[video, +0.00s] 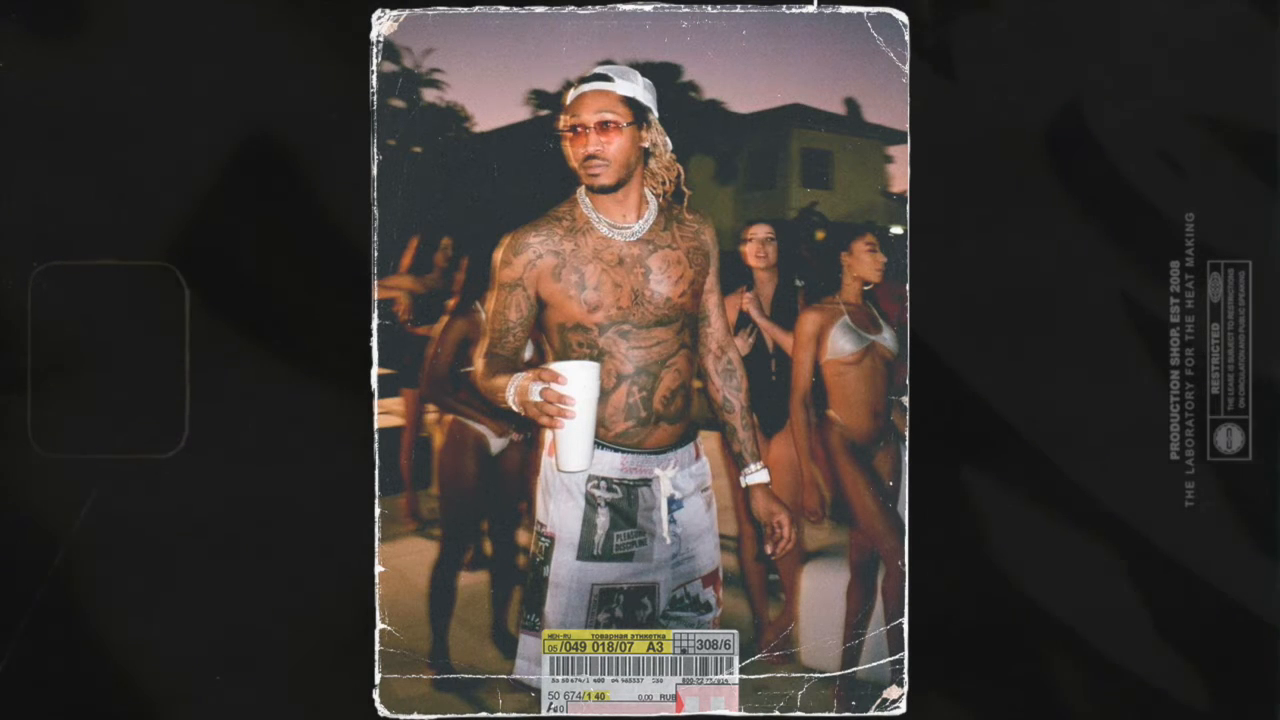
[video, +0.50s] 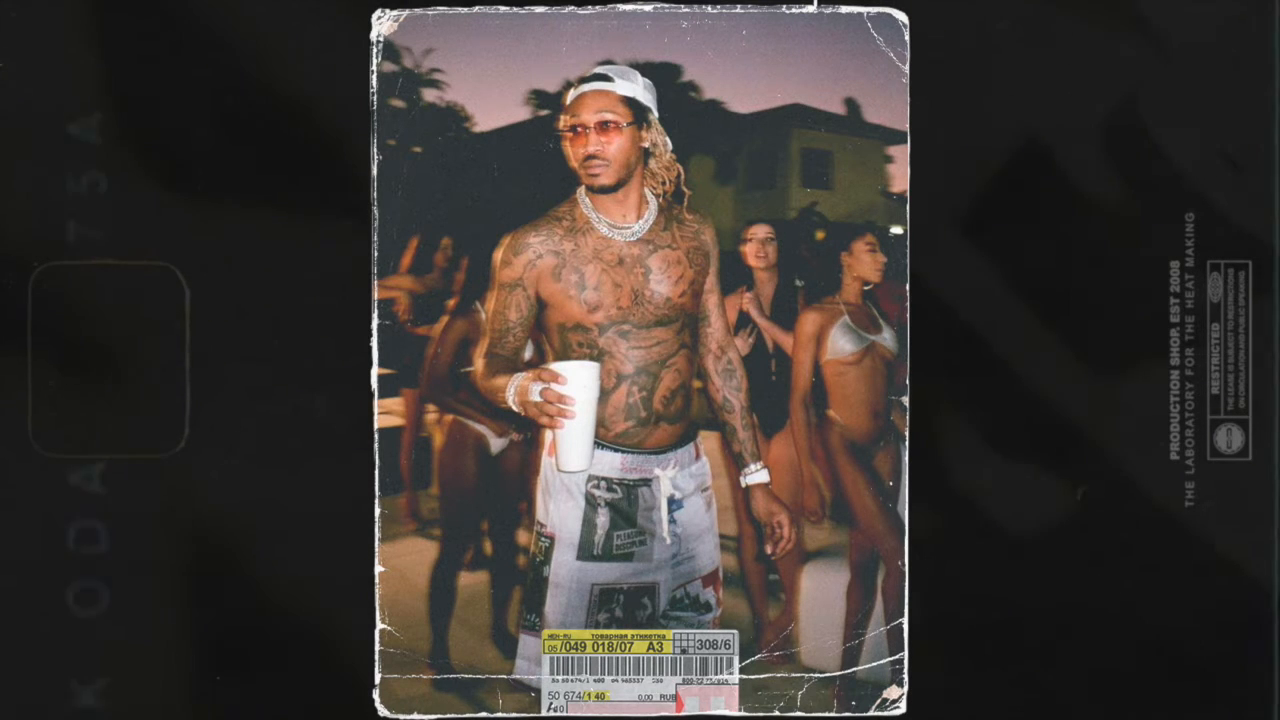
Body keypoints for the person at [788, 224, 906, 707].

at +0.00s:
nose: (882, 259)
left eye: (881, 251)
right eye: (871, 251)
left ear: (872, 262)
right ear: (844, 259)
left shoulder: (877, 315)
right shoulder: (818, 317)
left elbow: (886, 391)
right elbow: (799, 402)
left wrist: (900, 433)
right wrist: (812, 477)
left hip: (883, 447)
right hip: (839, 448)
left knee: (863, 562)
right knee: (897, 552)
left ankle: (846, 672)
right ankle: (902, 670)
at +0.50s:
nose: (882, 259)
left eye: (881, 251)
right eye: (871, 251)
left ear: (871, 262)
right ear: (844, 259)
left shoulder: (877, 316)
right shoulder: (818, 317)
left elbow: (886, 391)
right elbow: (798, 402)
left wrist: (901, 435)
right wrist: (812, 476)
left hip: (882, 447)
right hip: (839, 449)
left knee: (863, 563)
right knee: (898, 551)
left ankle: (846, 674)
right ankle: (902, 669)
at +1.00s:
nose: (882, 259)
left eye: (881, 251)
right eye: (871, 251)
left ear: (870, 262)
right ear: (844, 259)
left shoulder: (877, 315)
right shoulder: (818, 317)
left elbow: (887, 390)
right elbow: (799, 403)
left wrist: (898, 439)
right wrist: (813, 478)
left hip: (882, 448)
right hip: (838, 449)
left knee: (863, 563)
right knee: (897, 552)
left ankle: (846, 674)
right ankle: (902, 670)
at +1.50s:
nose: (882, 259)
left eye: (881, 251)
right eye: (871, 251)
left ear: (869, 261)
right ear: (844, 259)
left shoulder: (876, 314)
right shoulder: (818, 317)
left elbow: (885, 391)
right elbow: (798, 402)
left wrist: (899, 440)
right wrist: (812, 477)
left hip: (882, 447)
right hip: (838, 449)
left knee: (863, 563)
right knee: (898, 552)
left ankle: (846, 674)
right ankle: (902, 670)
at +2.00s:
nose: (882, 259)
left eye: (881, 251)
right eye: (871, 251)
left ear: (870, 262)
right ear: (843, 259)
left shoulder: (877, 315)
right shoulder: (818, 317)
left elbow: (884, 391)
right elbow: (798, 402)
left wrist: (902, 433)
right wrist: (811, 477)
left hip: (882, 447)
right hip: (839, 449)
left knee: (863, 562)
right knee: (898, 551)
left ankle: (846, 673)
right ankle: (904, 669)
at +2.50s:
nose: (882, 259)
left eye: (881, 251)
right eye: (871, 251)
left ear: (870, 262)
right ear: (843, 259)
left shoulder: (876, 314)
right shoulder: (818, 317)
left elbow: (885, 389)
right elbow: (798, 402)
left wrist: (899, 436)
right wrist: (812, 477)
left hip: (882, 447)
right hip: (838, 448)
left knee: (863, 563)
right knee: (897, 552)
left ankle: (846, 673)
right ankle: (902, 669)